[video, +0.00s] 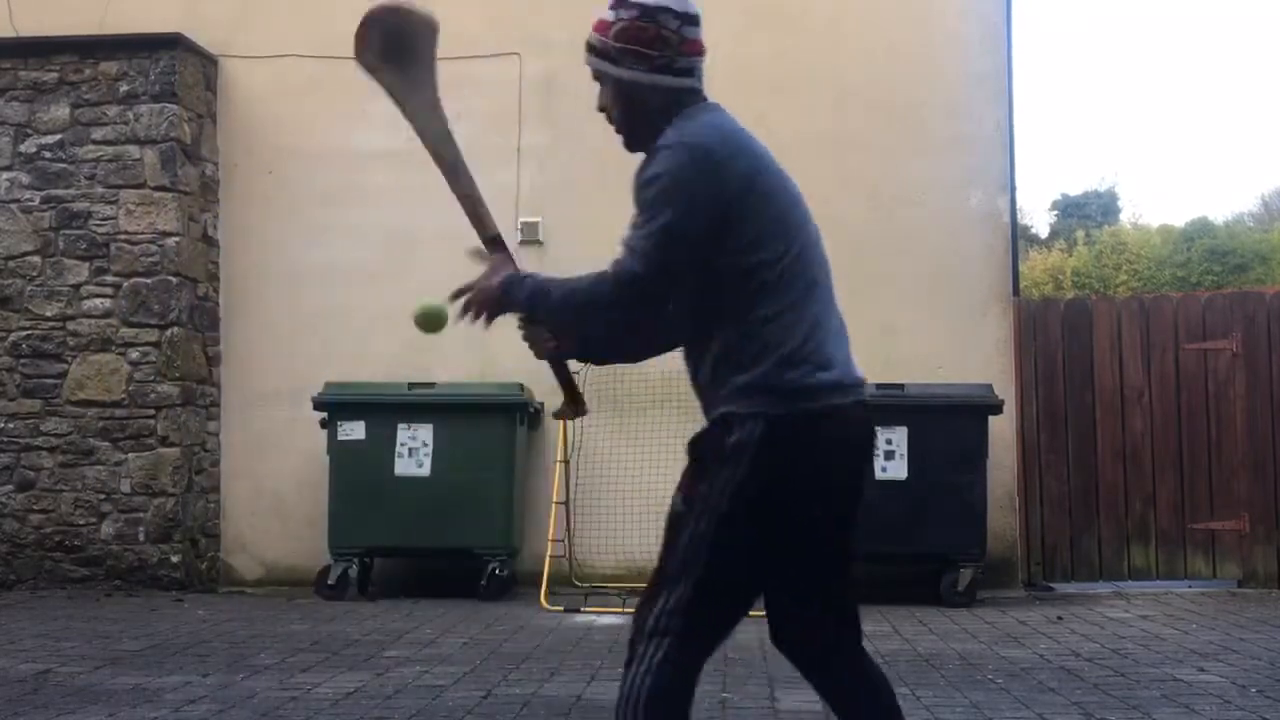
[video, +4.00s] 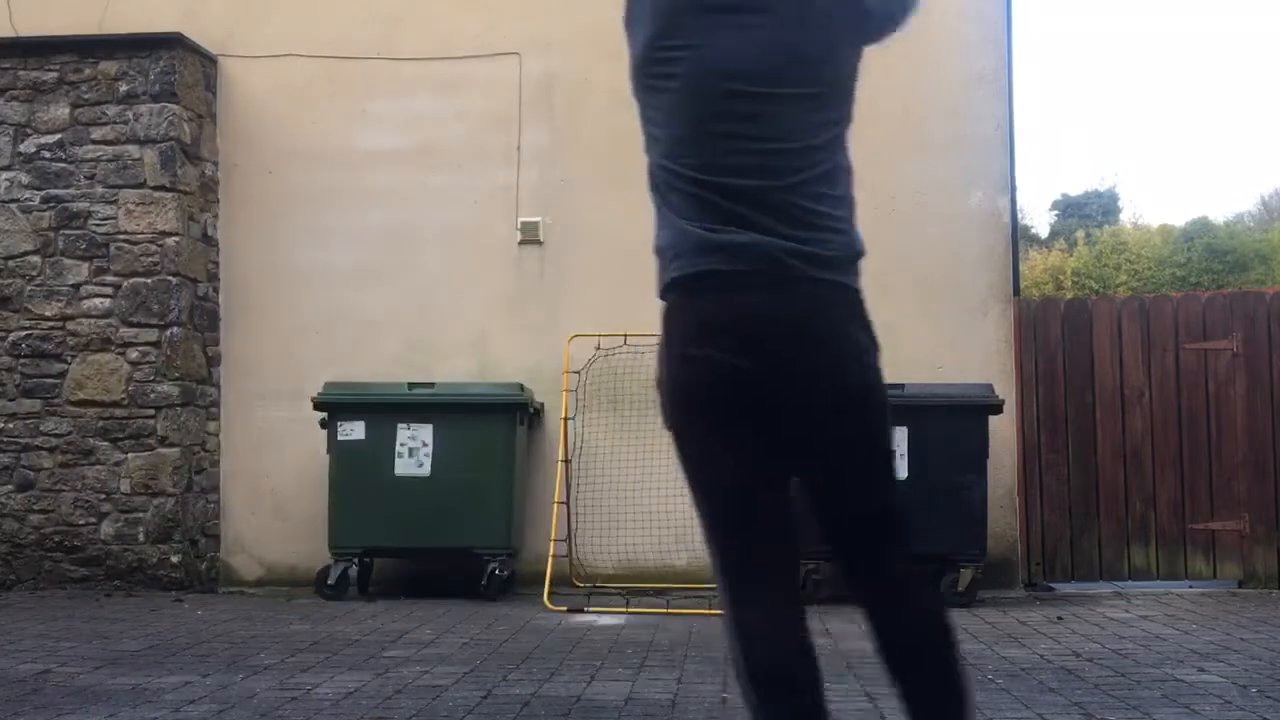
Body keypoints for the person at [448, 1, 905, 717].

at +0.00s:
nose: (600, 104)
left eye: (603, 83)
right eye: (598, 84)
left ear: (639, 81)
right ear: (670, 77)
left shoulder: (685, 155)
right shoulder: (723, 146)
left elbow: (639, 294)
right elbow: (669, 316)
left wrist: (519, 287)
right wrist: (572, 333)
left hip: (768, 428)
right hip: (830, 421)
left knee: (668, 639)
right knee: (817, 635)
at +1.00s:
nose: (572, 79)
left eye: (571, 68)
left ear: (577, 70)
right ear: (651, 60)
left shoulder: (574, 154)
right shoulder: (729, 134)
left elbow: (573, 299)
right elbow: (775, 265)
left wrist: (574, 386)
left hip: (679, 404)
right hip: (780, 394)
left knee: (592, 611)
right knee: (736, 601)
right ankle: (764, 713)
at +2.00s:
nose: (554, 64)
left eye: (554, 45)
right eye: (546, 42)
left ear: (485, 47)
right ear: (502, 45)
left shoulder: (436, 123)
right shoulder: (468, 131)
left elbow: (475, 298)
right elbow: (493, 288)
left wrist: (581, 273)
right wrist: (620, 343)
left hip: (380, 424)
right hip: (429, 423)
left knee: (469, 628)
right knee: (570, 610)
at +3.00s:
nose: (400, 140)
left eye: (402, 121)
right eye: (398, 121)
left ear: (324, 98)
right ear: (367, 114)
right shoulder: (318, 176)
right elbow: (328, 339)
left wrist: (306, 473)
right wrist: (344, 472)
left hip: (159, 431)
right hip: (125, 432)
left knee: (239, 620)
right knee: (184, 657)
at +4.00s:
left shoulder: (653, 18)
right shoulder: (831, 14)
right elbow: (897, 4)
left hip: (703, 318)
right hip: (823, 316)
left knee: (757, 590)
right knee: (887, 571)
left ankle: (791, 710)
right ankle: (943, 704)